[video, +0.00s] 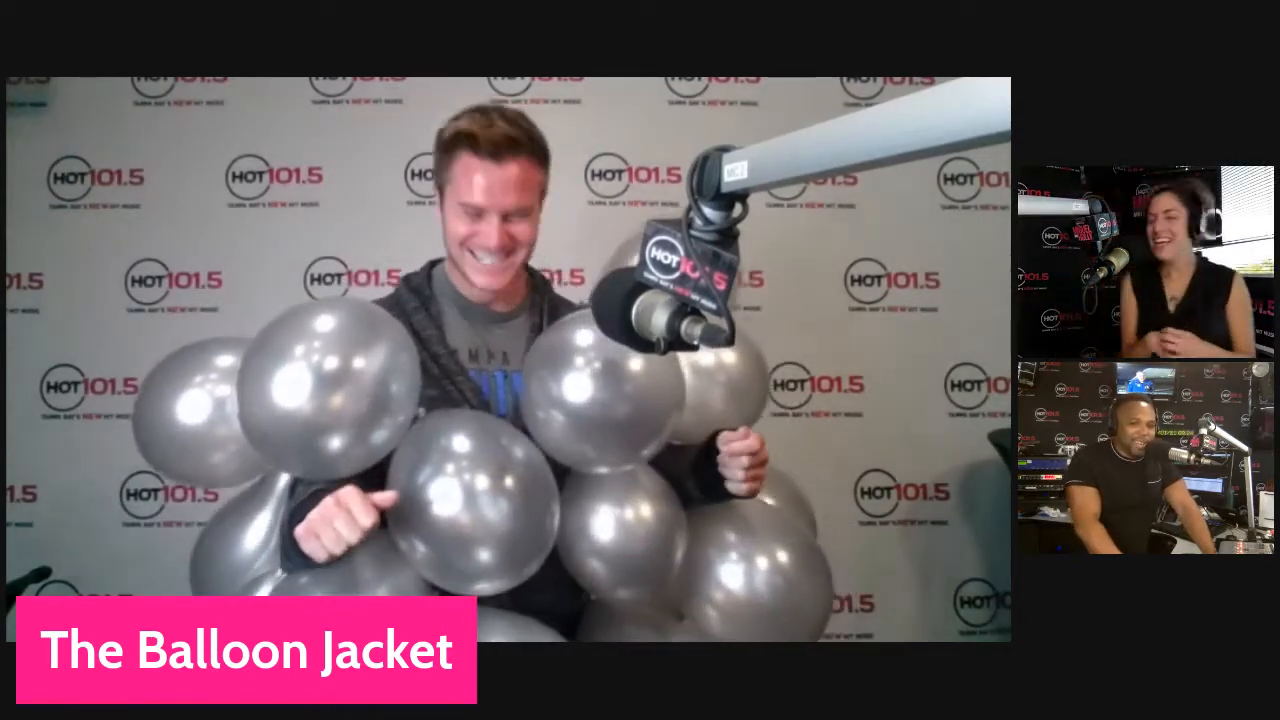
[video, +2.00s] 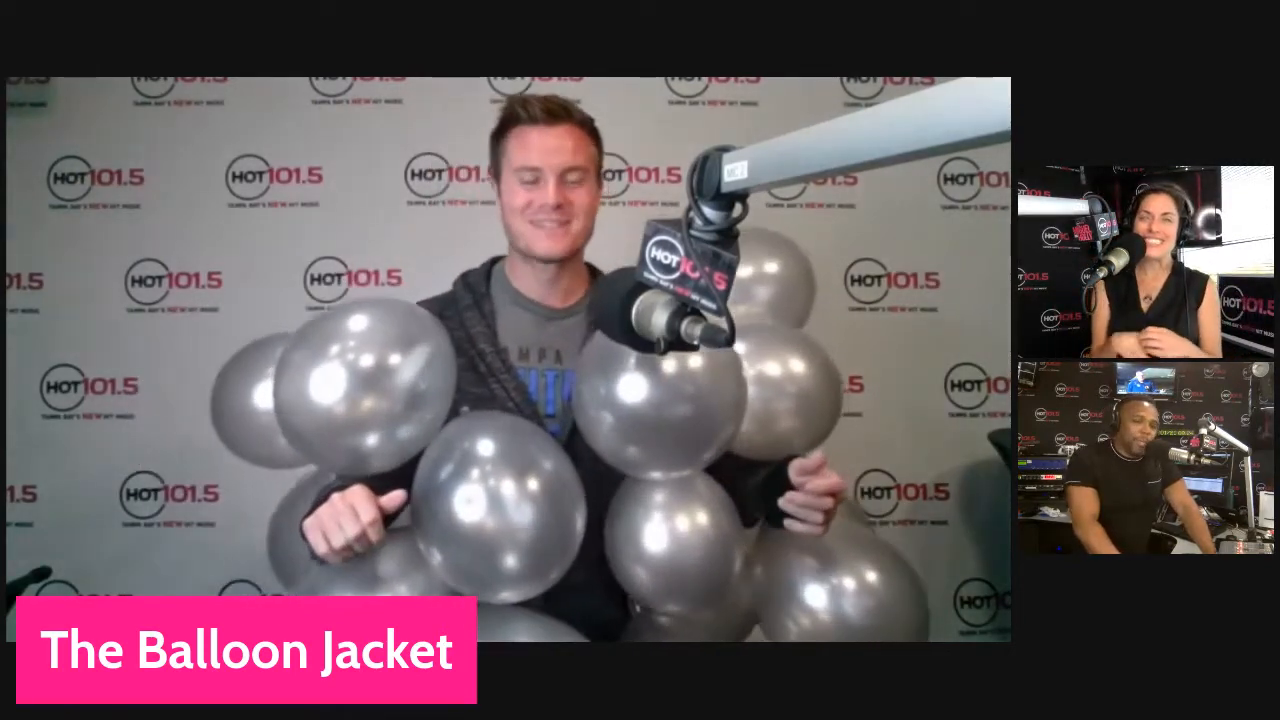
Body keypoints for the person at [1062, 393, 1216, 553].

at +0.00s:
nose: (1144, 432)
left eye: (1150, 425)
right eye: (1134, 424)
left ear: (1156, 427)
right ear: (1114, 426)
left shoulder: (1156, 457)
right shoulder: (1087, 460)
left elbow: (1186, 507)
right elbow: (1086, 524)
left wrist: (1210, 551)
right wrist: (1119, 559)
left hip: (1142, 555)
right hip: (1098, 555)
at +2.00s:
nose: (1146, 430)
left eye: (1152, 424)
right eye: (1137, 421)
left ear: (1157, 430)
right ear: (1117, 422)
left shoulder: (1157, 457)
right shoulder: (1086, 459)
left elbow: (1186, 508)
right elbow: (1085, 524)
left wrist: (1210, 552)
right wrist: (1117, 560)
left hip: (1142, 555)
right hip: (1096, 557)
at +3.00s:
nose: (1142, 430)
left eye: (1147, 423)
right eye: (1132, 423)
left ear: (1153, 427)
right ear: (1112, 428)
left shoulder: (1157, 457)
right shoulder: (1087, 460)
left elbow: (1187, 508)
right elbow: (1086, 524)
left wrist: (1211, 553)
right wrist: (1120, 564)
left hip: (1143, 556)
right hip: (1098, 558)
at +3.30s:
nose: (1142, 433)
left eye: (1148, 425)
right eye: (1131, 425)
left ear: (1153, 428)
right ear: (1112, 428)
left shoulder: (1157, 457)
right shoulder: (1087, 460)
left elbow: (1186, 508)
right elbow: (1086, 524)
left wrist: (1211, 552)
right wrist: (1118, 561)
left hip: (1143, 556)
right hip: (1099, 556)